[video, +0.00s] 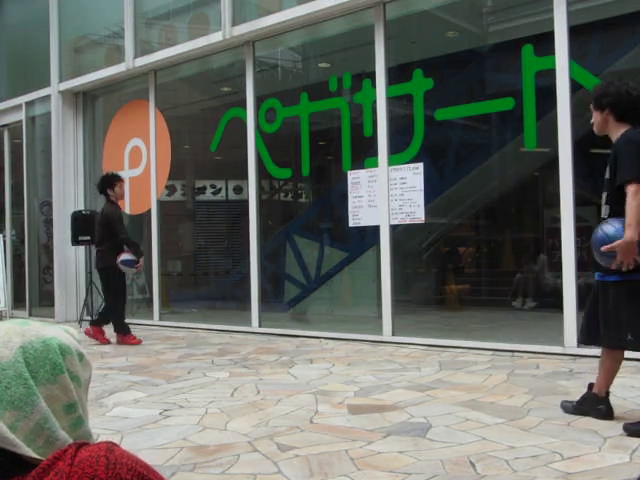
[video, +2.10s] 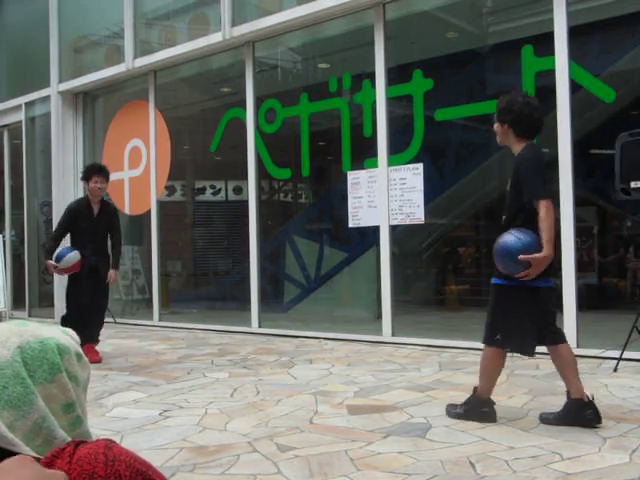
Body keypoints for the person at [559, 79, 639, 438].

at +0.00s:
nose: (591, 118)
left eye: (593, 112)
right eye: (591, 112)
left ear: (608, 112)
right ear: (612, 112)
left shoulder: (628, 143)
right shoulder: (624, 144)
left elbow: (633, 191)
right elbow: (625, 196)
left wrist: (632, 237)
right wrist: (621, 242)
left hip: (622, 254)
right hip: (620, 252)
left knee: (614, 322)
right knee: (613, 322)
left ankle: (599, 394)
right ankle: (599, 393)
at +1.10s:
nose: (571, 114)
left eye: (575, 108)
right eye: (572, 108)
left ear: (589, 110)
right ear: (595, 111)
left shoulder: (610, 143)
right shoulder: (595, 146)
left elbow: (617, 193)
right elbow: (593, 203)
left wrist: (615, 240)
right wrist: (581, 251)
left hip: (608, 256)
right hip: (593, 256)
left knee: (627, 333)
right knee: (590, 331)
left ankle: (585, 402)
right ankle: (584, 403)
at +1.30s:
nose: (557, 118)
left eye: (560, 111)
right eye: (558, 111)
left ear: (574, 113)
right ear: (576, 114)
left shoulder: (598, 146)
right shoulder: (583, 150)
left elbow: (603, 194)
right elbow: (572, 213)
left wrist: (594, 239)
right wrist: (552, 256)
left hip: (586, 252)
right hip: (573, 253)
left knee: (585, 329)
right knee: (579, 330)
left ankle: (636, 387)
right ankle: (583, 404)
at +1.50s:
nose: (545, 118)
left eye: (548, 112)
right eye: (546, 112)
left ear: (561, 115)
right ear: (568, 116)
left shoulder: (587, 147)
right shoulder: (565, 153)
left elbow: (599, 190)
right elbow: (554, 214)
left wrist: (597, 232)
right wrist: (537, 256)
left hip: (571, 259)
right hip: (554, 259)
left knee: (571, 328)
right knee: (557, 329)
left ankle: (591, 401)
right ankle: (584, 398)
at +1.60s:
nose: (540, 118)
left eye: (543, 112)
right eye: (541, 112)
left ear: (556, 116)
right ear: (563, 117)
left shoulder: (580, 148)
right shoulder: (557, 156)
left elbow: (597, 192)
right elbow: (549, 216)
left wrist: (598, 233)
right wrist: (534, 258)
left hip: (562, 261)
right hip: (558, 261)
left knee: (551, 333)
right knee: (573, 333)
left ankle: (550, 412)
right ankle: (584, 405)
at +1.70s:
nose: (532, 120)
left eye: (535, 114)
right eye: (534, 114)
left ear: (548, 117)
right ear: (555, 119)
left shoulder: (575, 150)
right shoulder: (553, 159)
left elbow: (594, 194)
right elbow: (545, 217)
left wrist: (597, 235)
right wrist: (531, 264)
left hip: (555, 263)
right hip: (551, 264)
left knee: (534, 334)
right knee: (570, 335)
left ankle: (514, 404)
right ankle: (583, 405)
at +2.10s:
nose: (494, 127)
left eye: (497, 122)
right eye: (496, 121)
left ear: (508, 127)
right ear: (526, 127)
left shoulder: (530, 159)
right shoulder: (530, 158)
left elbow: (545, 206)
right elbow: (541, 208)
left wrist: (547, 252)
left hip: (516, 265)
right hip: (533, 263)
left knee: (496, 334)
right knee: (550, 333)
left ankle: (480, 400)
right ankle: (579, 401)